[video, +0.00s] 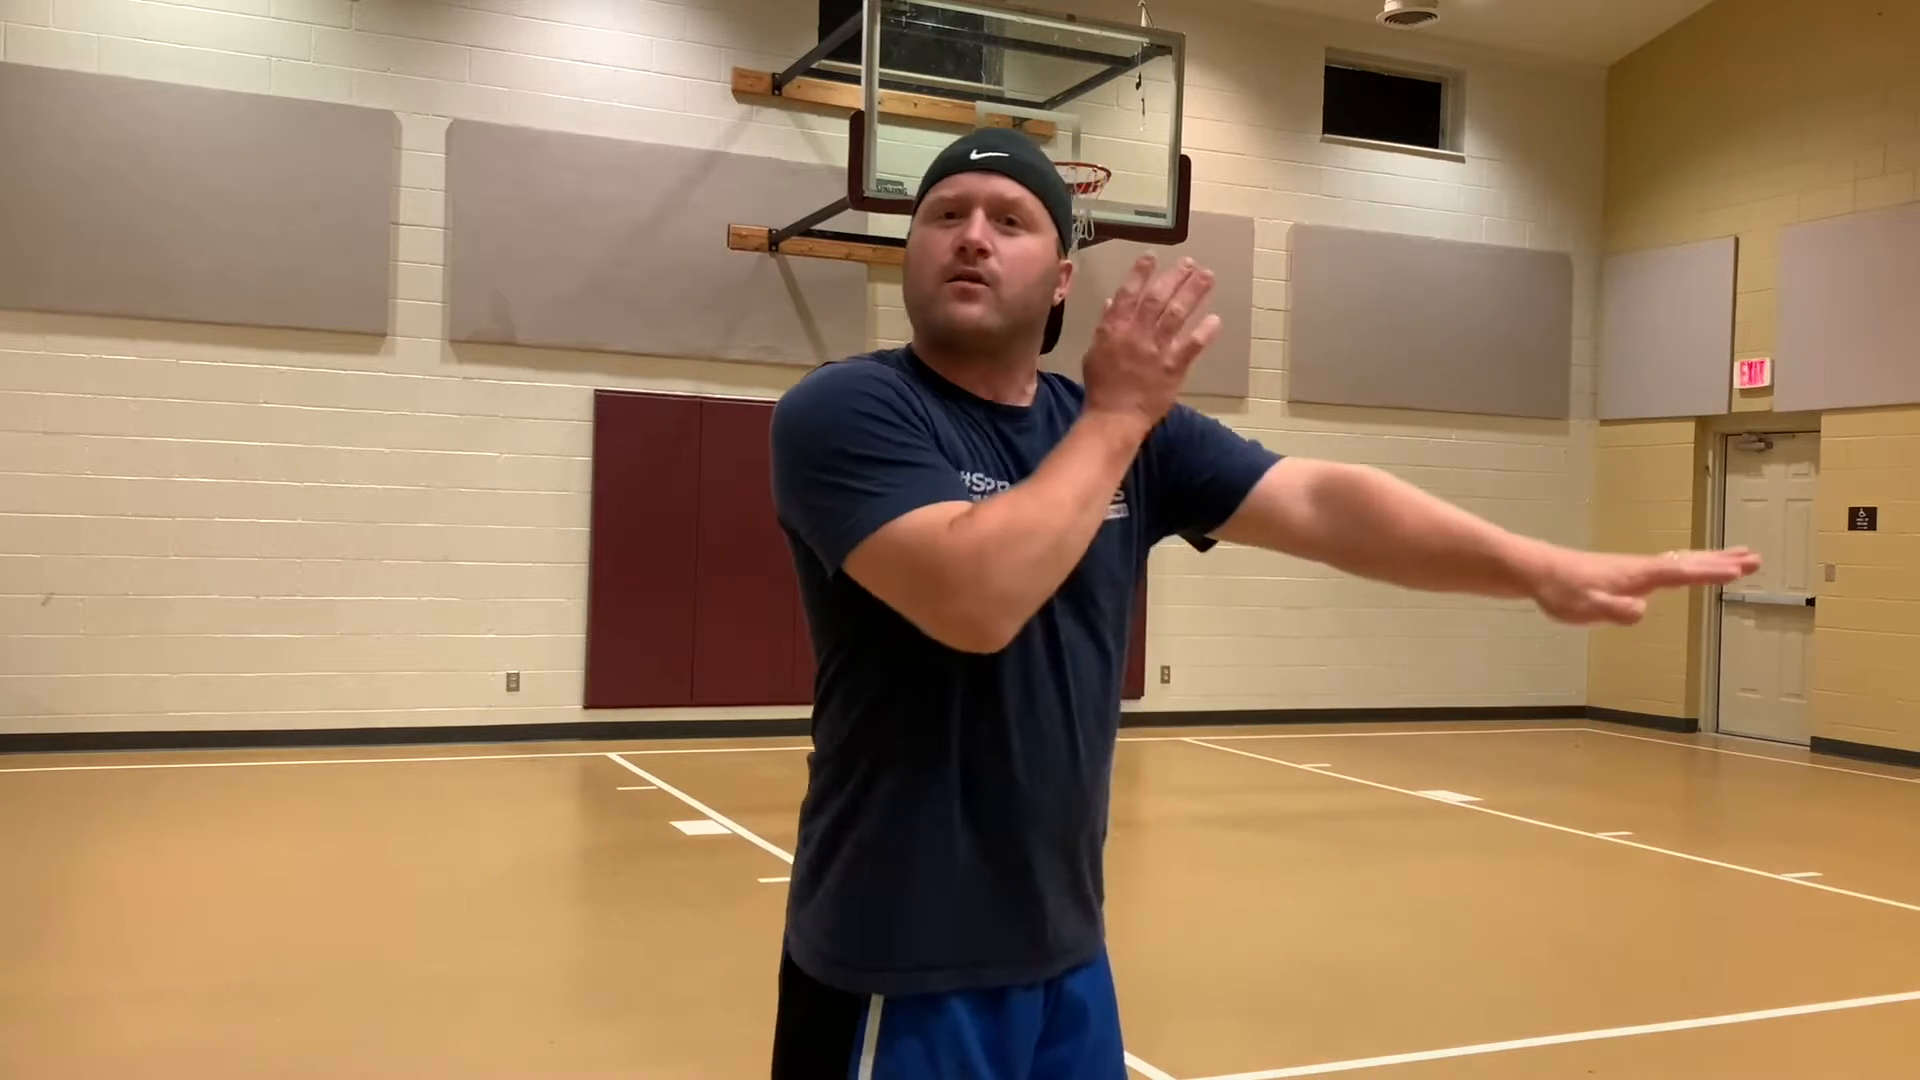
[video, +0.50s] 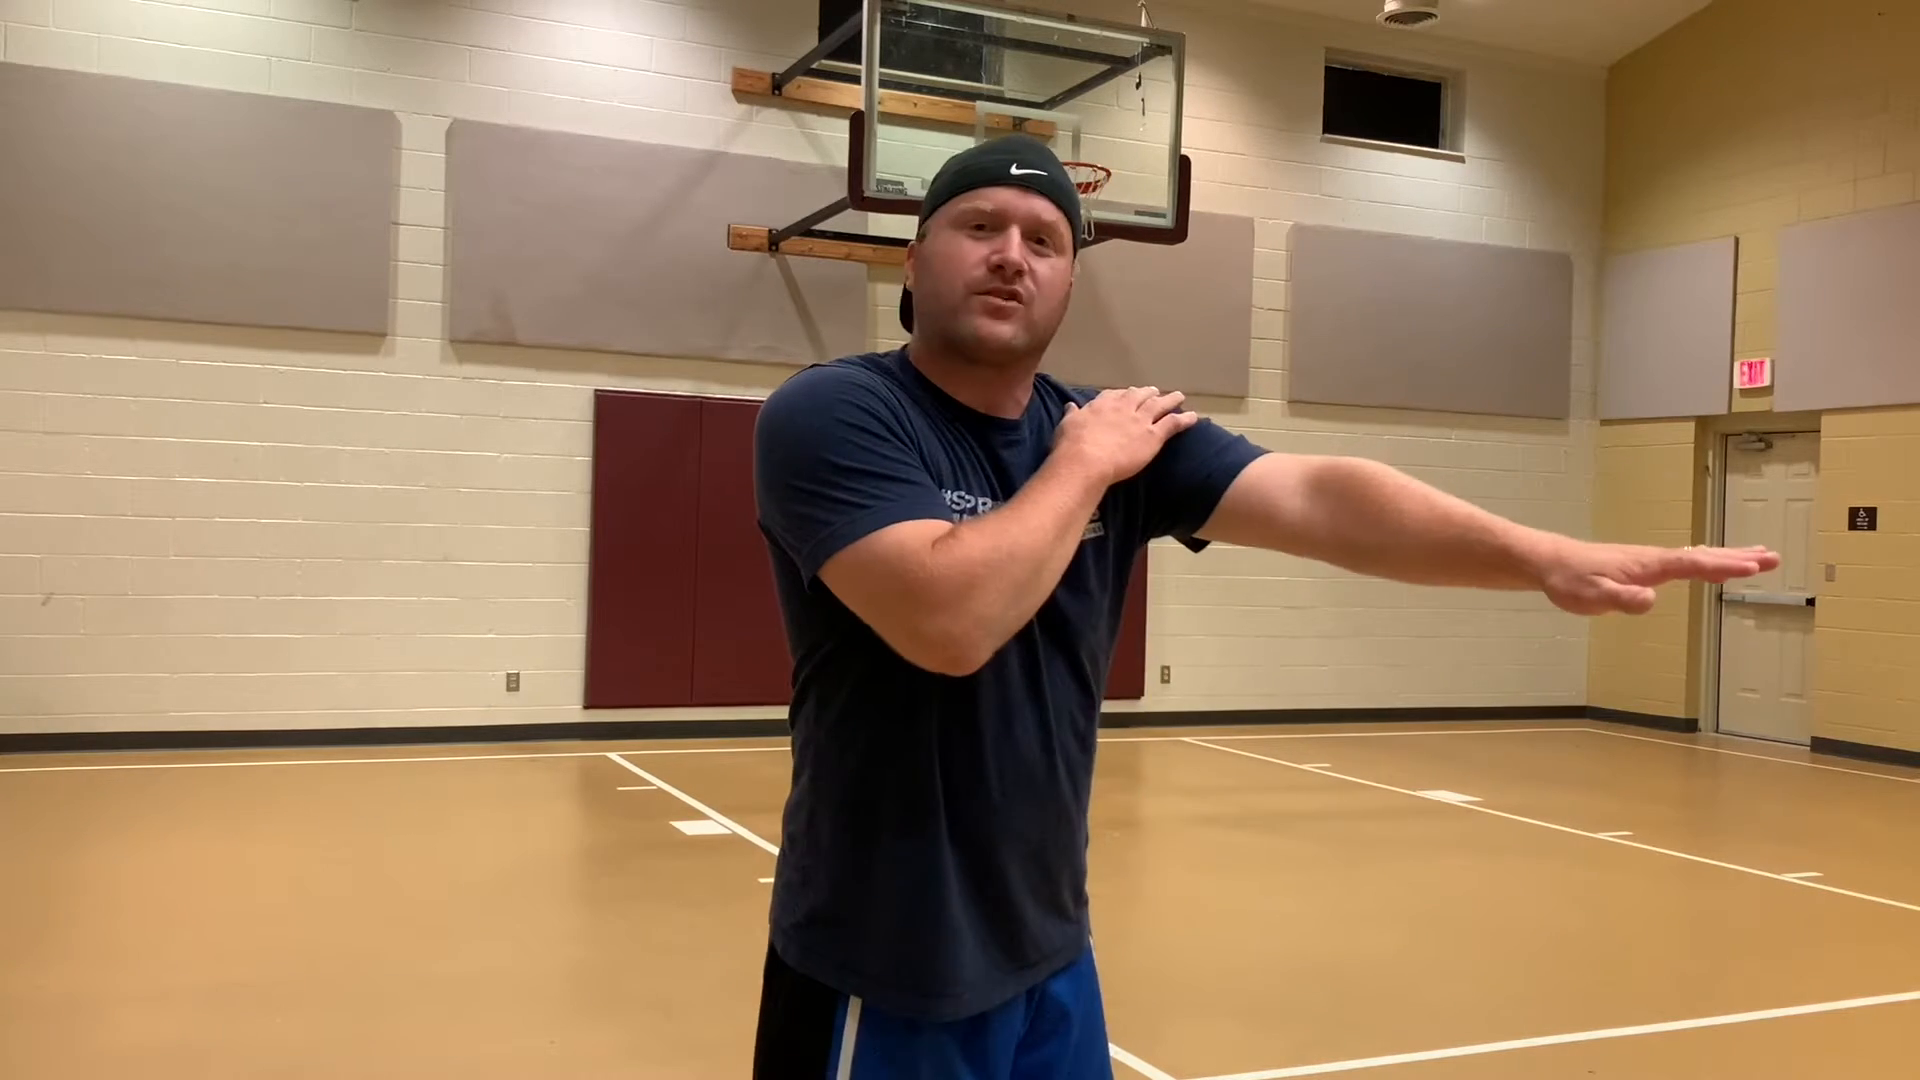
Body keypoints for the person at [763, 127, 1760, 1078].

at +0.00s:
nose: (968, 238)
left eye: (1007, 222)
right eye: (944, 217)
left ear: (1063, 275)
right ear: (903, 259)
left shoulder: (1111, 422)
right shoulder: (840, 413)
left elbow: (1319, 507)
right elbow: (975, 601)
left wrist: (1540, 568)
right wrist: (1115, 414)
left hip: (1061, 948)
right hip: (888, 962)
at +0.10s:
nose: (961, 248)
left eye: (1001, 231)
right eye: (938, 222)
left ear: (1056, 277)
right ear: (901, 255)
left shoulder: (1102, 419)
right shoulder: (838, 408)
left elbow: (1320, 492)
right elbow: (983, 596)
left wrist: (1546, 548)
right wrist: (1107, 427)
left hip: (1057, 949)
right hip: (885, 967)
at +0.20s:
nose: (967, 258)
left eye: (1008, 239)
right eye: (946, 228)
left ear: (1059, 285)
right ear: (905, 256)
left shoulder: (1099, 423)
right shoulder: (836, 410)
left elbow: (1321, 487)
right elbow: (976, 605)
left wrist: (1546, 538)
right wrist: (1092, 444)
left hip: (1052, 947)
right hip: (879, 965)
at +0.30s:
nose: (983, 259)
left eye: (1024, 242)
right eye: (959, 228)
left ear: (1065, 288)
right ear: (910, 255)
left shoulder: (1102, 426)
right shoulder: (832, 414)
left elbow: (1322, 490)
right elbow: (963, 616)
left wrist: (1554, 544)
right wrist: (1091, 457)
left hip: (1046, 946)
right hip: (874, 962)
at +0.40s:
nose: (1004, 258)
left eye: (1039, 242)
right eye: (975, 229)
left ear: (1070, 287)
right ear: (914, 258)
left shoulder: (1101, 429)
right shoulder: (828, 418)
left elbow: (1318, 495)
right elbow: (954, 623)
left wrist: (1548, 549)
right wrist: (1088, 464)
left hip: (1046, 948)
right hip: (872, 964)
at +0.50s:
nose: (1011, 256)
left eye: (1041, 240)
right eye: (980, 228)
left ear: (1069, 284)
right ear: (912, 258)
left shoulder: (1098, 428)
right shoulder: (826, 417)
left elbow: (1317, 499)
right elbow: (949, 624)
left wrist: (1545, 559)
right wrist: (1085, 466)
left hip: (1045, 948)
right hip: (870, 967)